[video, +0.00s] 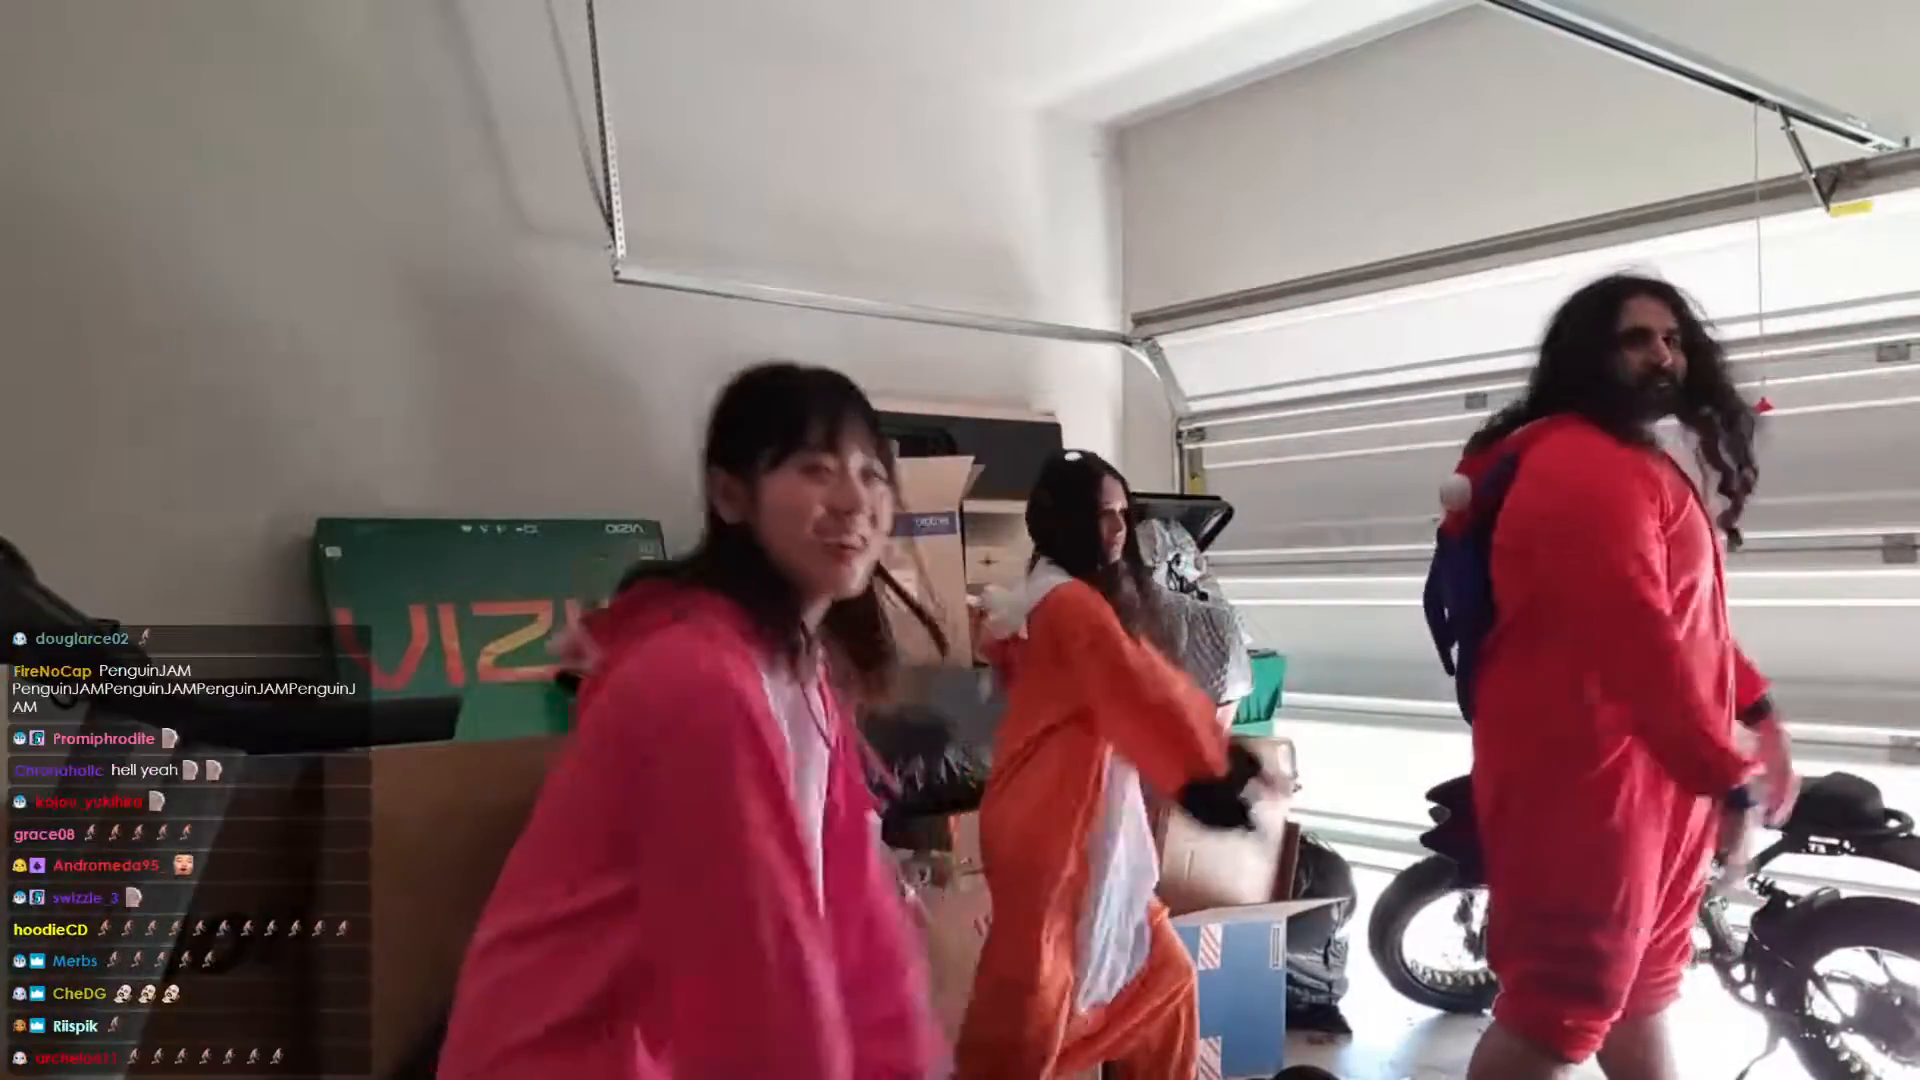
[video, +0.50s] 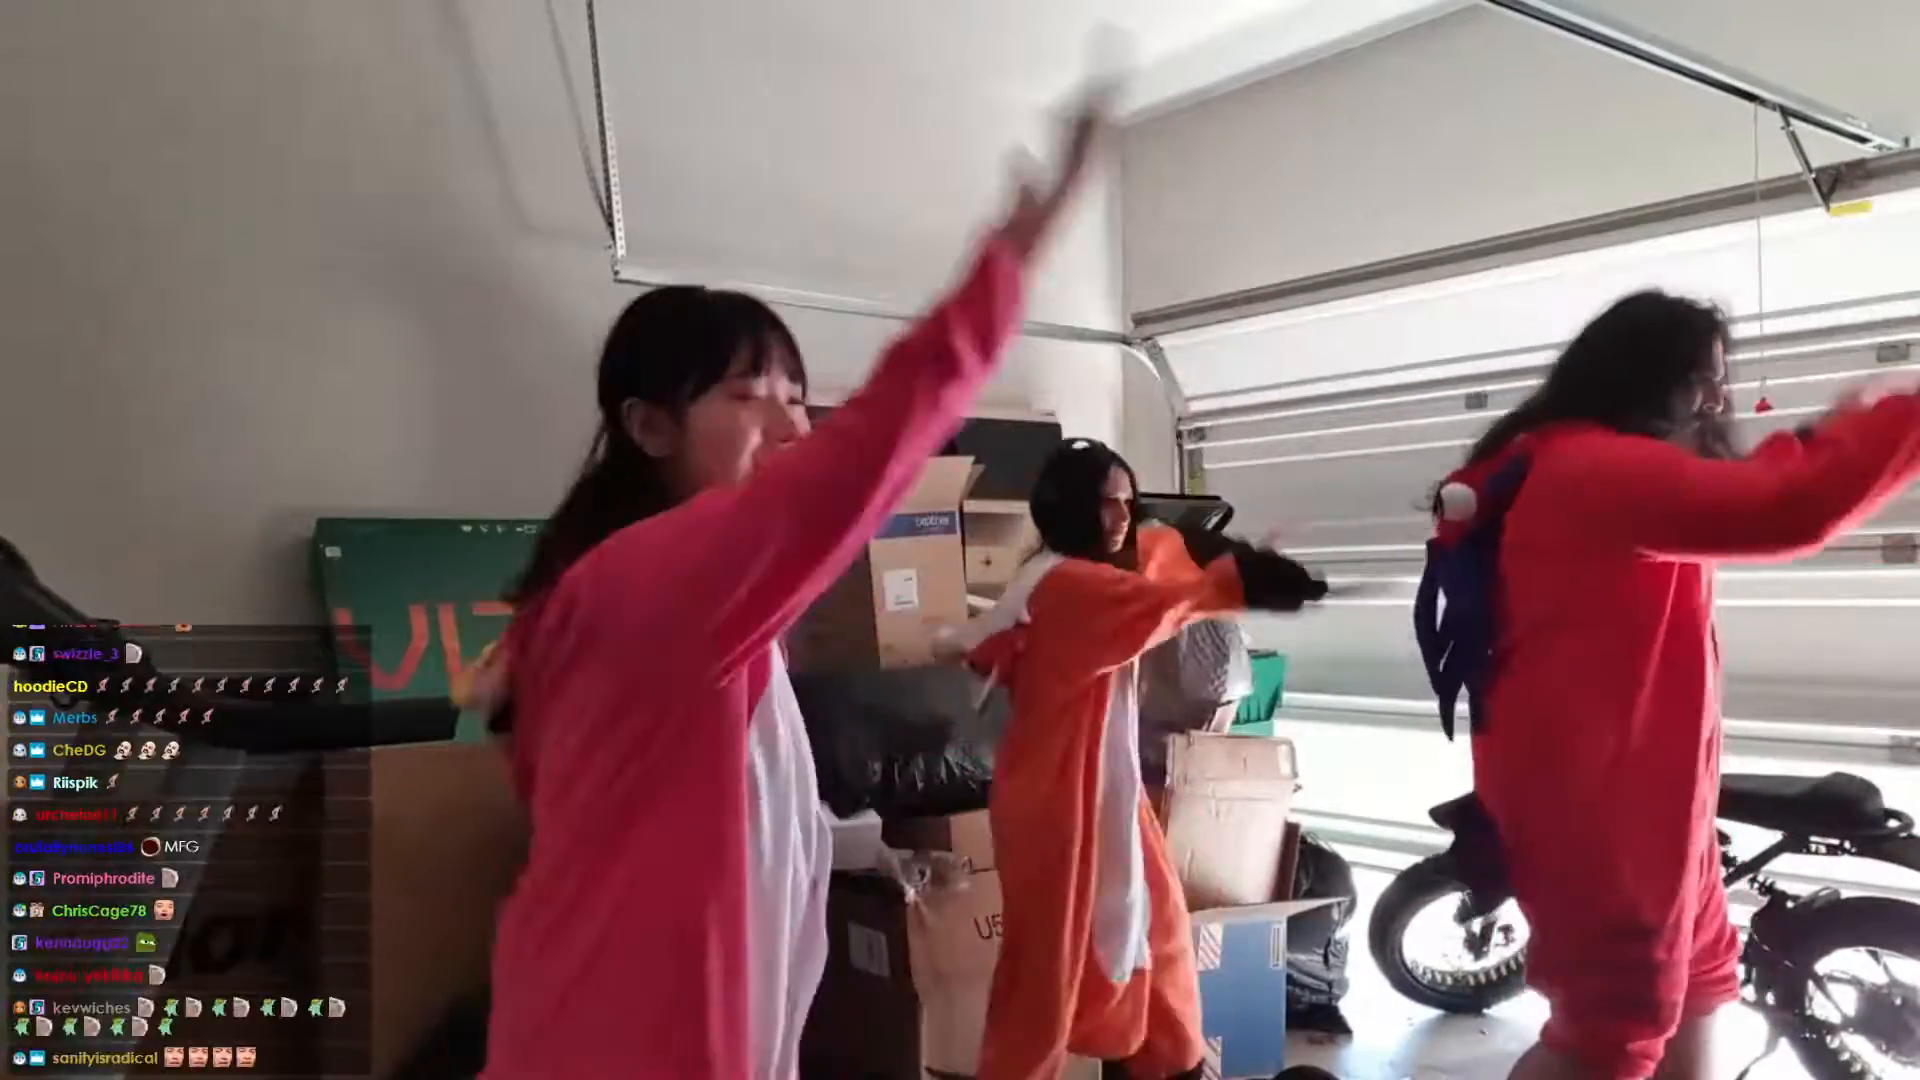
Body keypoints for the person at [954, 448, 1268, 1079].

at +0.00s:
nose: (1120, 530)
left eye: (1123, 516)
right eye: (1106, 516)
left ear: (1127, 518)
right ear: (1067, 520)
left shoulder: (1082, 599)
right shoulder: (1067, 602)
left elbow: (1153, 681)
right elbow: (1137, 688)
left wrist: (1217, 757)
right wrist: (1216, 765)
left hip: (1092, 818)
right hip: (1046, 820)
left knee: (1167, 975)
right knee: (1032, 981)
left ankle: (1159, 1077)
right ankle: (998, 1073)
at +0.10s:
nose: (1106, 513)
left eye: (1110, 499)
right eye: (1091, 500)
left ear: (1116, 502)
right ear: (1054, 504)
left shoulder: (1080, 581)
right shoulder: (1052, 584)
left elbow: (1162, 591)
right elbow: (1155, 595)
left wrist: (1254, 574)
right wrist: (1269, 590)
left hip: (1135, 802)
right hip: (1079, 809)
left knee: (1162, 970)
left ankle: (1160, 1069)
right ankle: (999, 1069)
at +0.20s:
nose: (1119, 527)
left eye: (1119, 514)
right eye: (1101, 516)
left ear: (1118, 521)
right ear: (1064, 530)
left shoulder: (1105, 604)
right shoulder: (1063, 608)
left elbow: (1147, 559)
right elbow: (1138, 566)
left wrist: (1204, 500)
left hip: (1155, 826)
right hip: (1096, 835)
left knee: (1192, 980)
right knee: (1061, 1002)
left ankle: (1173, 1069)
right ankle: (1032, 1067)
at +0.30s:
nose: (1133, 534)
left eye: (1128, 522)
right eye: (1118, 524)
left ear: (1058, 549)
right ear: (1091, 545)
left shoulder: (1107, 626)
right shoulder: (1075, 626)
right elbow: (1148, 552)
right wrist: (1162, 443)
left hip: (1162, 826)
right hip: (1107, 838)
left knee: (1219, 977)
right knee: (1094, 1015)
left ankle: (1181, 1068)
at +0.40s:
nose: (1135, 532)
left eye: (1133, 520)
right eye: (1123, 521)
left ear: (1066, 537)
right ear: (1102, 537)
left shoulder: (1079, 606)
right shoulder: (1077, 612)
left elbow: (1139, 519)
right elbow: (1162, 557)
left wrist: (1176, 449)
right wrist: (1244, 459)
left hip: (1137, 804)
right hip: (1090, 816)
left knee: (1202, 952)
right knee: (1097, 973)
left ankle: (1192, 1068)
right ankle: (1066, 1066)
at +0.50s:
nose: (1121, 517)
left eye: (1127, 502)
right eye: (1107, 504)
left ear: (1133, 503)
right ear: (1070, 508)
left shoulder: (1106, 573)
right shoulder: (1058, 582)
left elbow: (1168, 558)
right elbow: (1149, 602)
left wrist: (1239, 559)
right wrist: (1237, 582)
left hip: (1110, 782)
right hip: (1051, 790)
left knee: (1159, 918)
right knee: (1047, 934)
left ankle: (1167, 1061)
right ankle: (1019, 1068)